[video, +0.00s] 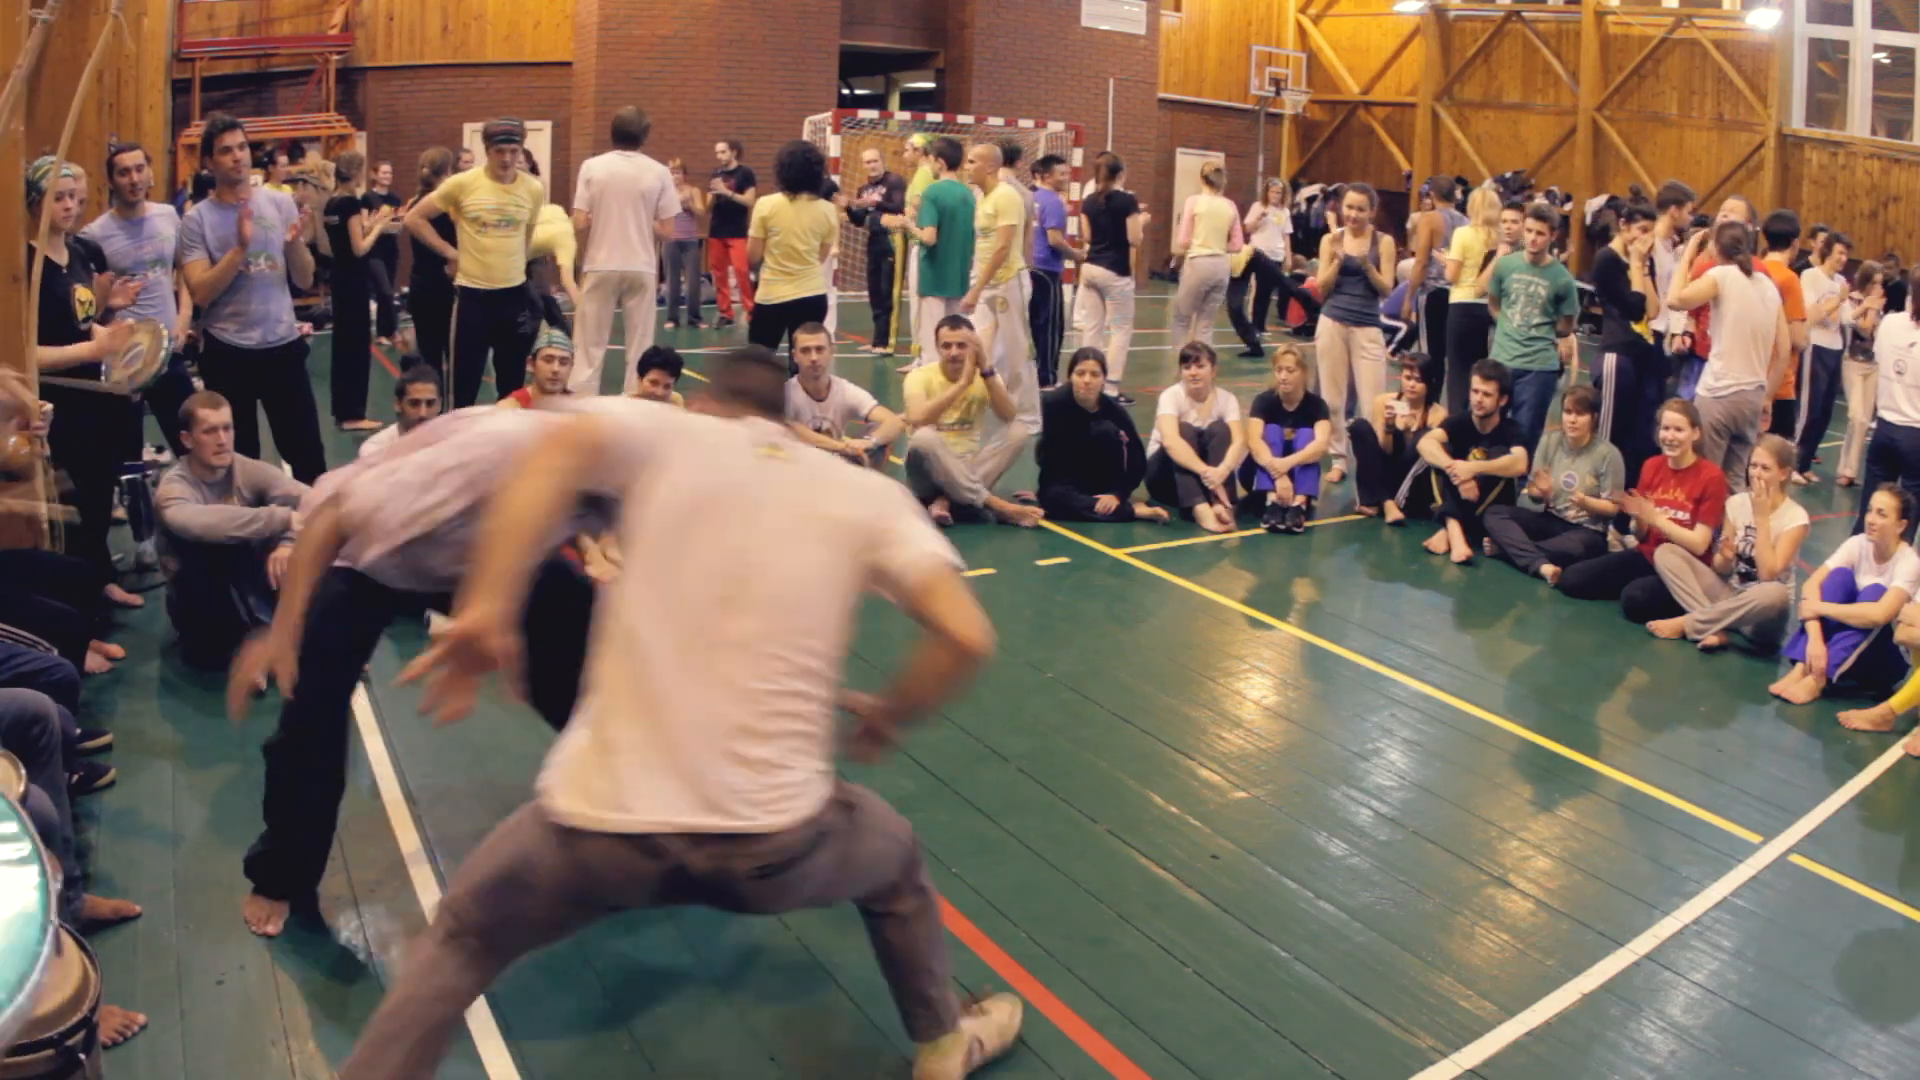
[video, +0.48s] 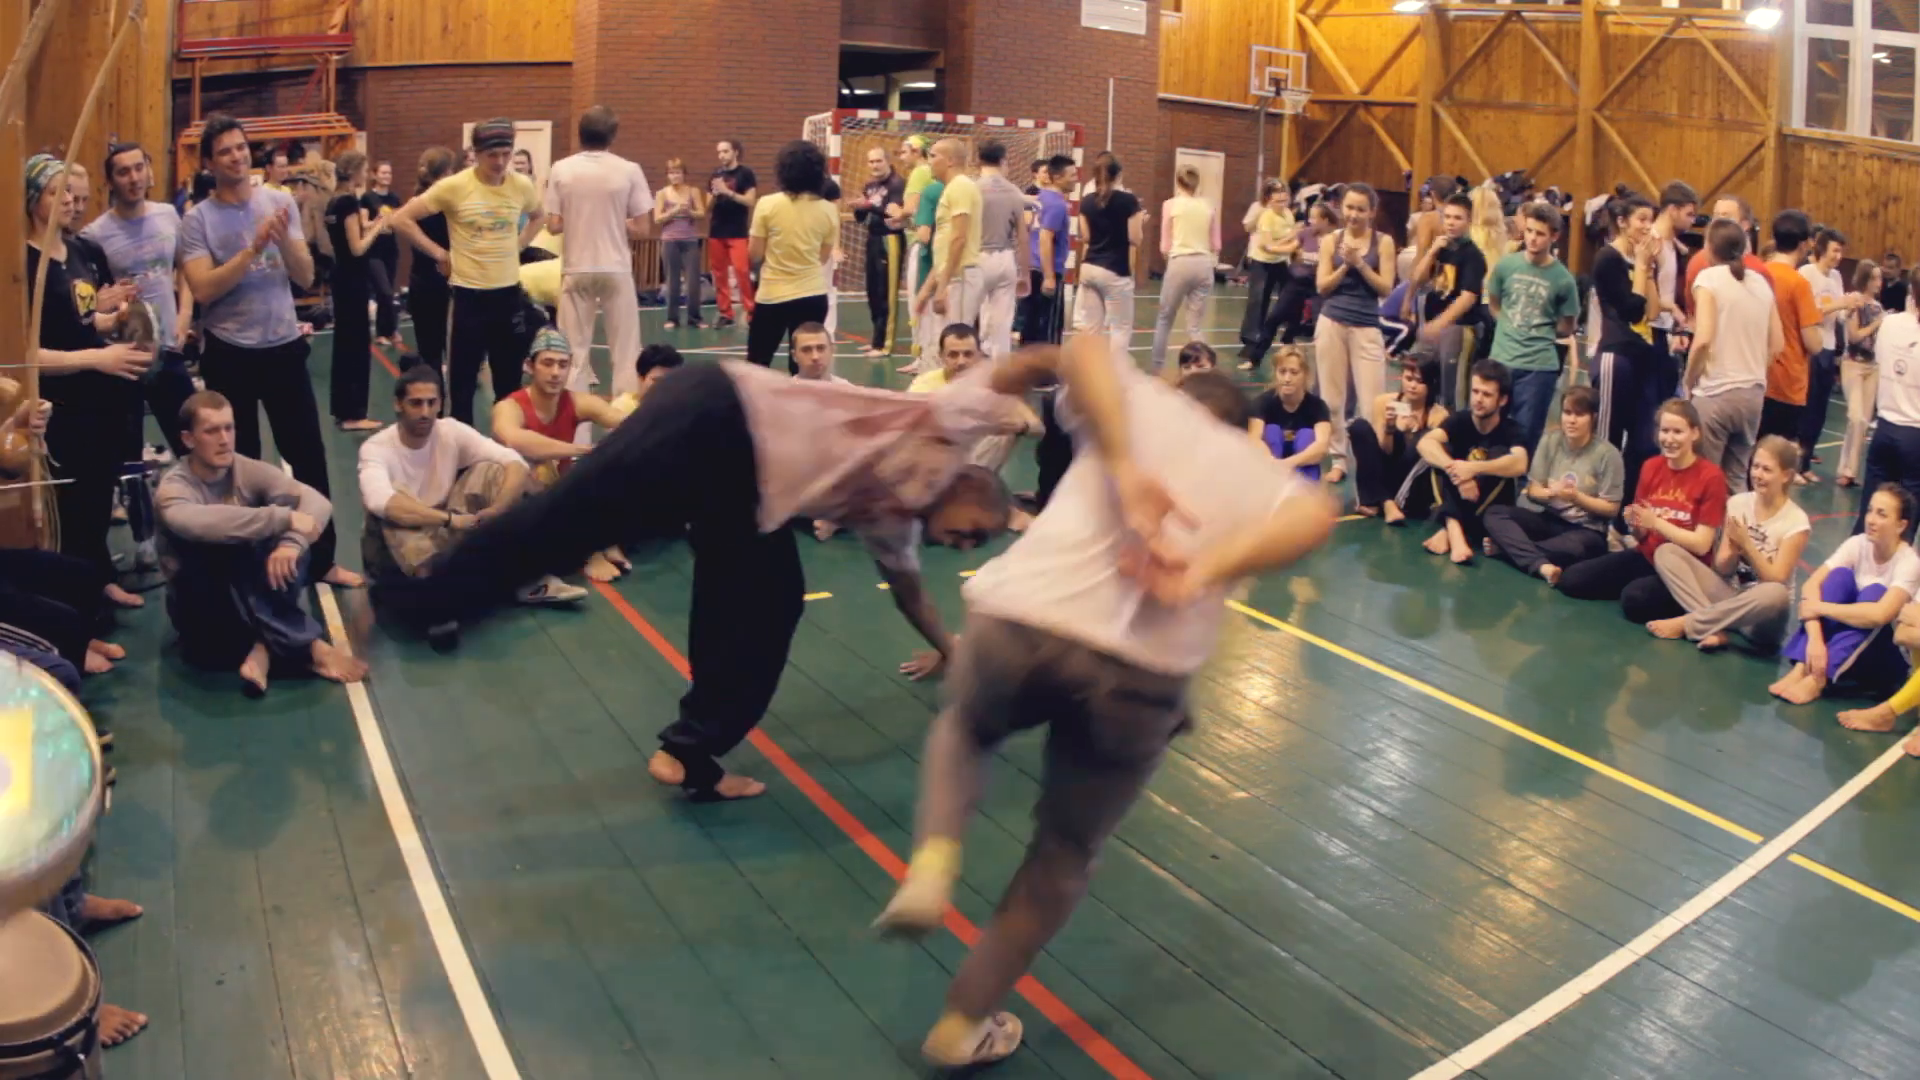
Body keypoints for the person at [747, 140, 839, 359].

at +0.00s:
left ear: (781, 171)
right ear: (819, 173)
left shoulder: (766, 205)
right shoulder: (828, 210)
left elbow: (754, 255)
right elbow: (823, 255)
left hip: (772, 301)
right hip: (813, 300)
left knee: (758, 366)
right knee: (804, 371)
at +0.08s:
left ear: (781, 171)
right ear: (818, 172)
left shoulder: (766, 205)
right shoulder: (827, 209)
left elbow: (754, 256)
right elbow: (823, 253)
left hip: (773, 301)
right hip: (813, 299)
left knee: (754, 370)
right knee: (803, 370)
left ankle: (736, 419)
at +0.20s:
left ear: (781, 171)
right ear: (818, 172)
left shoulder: (766, 206)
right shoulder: (828, 210)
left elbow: (755, 255)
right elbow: (824, 254)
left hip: (773, 300)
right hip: (813, 299)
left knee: (754, 371)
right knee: (804, 372)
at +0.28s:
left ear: (781, 171)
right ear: (819, 172)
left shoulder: (766, 205)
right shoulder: (828, 210)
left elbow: (755, 254)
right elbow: (823, 255)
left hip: (772, 297)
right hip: (813, 296)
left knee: (762, 362)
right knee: (807, 363)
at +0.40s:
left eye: (780, 166)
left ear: (782, 171)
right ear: (819, 172)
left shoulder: (767, 205)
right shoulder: (828, 210)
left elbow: (755, 253)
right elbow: (824, 254)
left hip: (773, 300)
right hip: (814, 299)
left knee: (754, 371)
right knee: (804, 373)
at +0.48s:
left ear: (782, 171)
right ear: (819, 172)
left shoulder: (767, 205)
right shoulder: (828, 210)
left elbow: (755, 253)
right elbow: (824, 255)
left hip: (773, 300)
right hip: (813, 299)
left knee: (756, 369)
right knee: (804, 371)